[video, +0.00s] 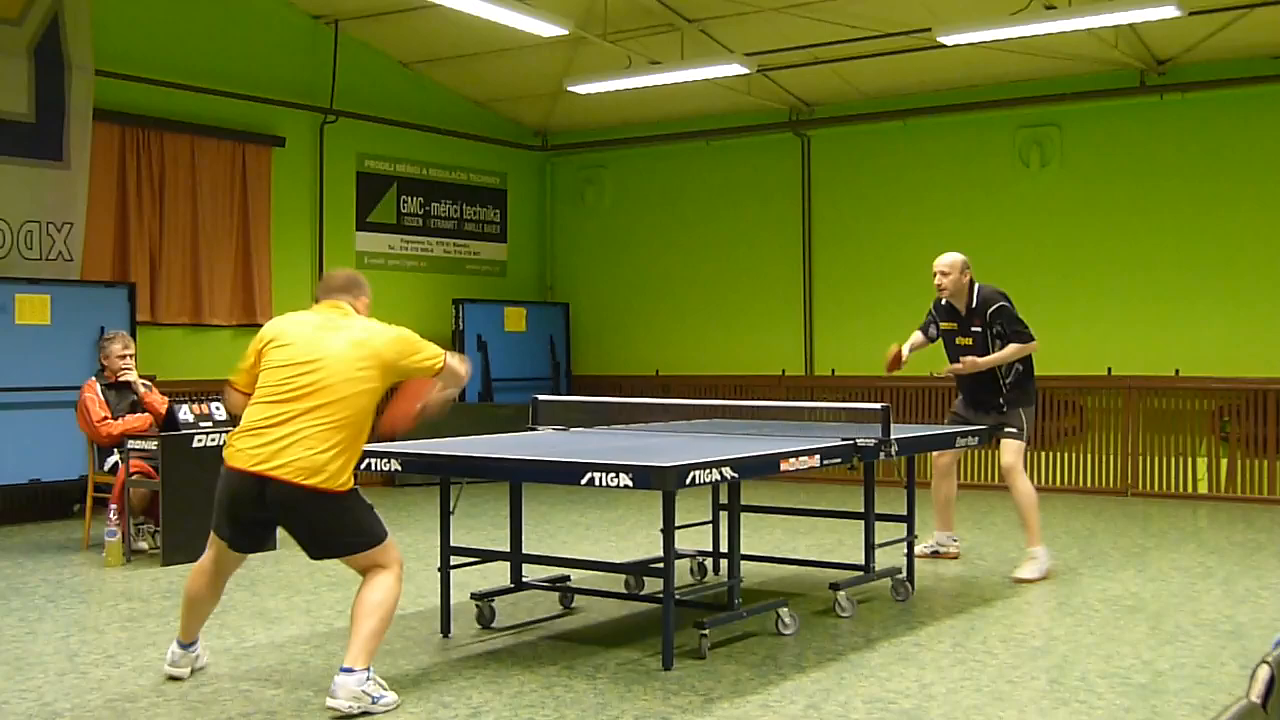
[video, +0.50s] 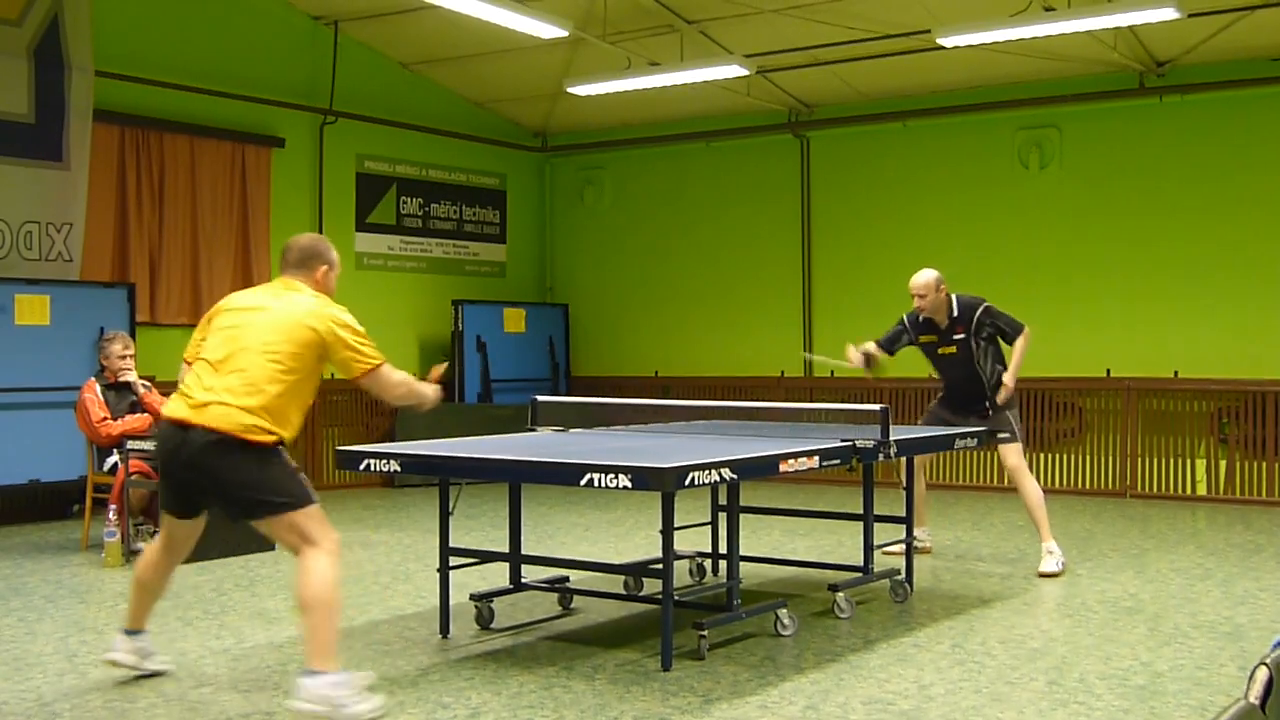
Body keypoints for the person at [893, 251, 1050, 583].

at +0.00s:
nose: (938, 281)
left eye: (944, 274)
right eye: (935, 275)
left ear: (966, 276)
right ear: (936, 279)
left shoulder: (993, 301)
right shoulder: (941, 306)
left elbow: (1027, 344)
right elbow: (928, 333)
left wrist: (981, 363)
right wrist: (906, 347)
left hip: (1012, 400)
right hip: (972, 399)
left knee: (1010, 466)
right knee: (942, 459)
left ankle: (1037, 553)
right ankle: (944, 539)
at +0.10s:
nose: (938, 281)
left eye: (945, 275)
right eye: (935, 276)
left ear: (965, 277)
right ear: (936, 279)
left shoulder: (992, 303)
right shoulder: (940, 308)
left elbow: (1026, 344)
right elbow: (926, 337)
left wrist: (982, 368)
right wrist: (904, 354)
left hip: (1012, 398)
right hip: (971, 397)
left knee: (1017, 471)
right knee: (942, 459)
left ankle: (1054, 549)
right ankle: (941, 539)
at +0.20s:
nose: (937, 290)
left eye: (943, 284)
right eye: (934, 284)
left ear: (964, 283)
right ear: (935, 286)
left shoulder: (993, 307)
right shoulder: (939, 315)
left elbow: (1030, 347)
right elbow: (920, 349)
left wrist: (994, 381)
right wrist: (906, 375)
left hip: (1012, 402)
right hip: (970, 402)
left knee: (1024, 472)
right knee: (936, 457)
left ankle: (1055, 551)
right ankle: (935, 537)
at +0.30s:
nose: (933, 295)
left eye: (938, 289)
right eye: (930, 290)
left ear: (960, 286)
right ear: (931, 289)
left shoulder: (991, 308)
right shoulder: (935, 317)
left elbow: (1030, 347)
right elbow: (913, 348)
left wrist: (1007, 390)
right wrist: (909, 377)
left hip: (1010, 399)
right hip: (968, 399)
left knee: (1024, 470)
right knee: (928, 456)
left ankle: (1055, 551)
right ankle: (929, 536)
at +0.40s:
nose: (922, 300)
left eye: (927, 294)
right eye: (919, 294)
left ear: (949, 289)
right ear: (918, 293)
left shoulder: (982, 309)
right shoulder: (922, 319)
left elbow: (1028, 338)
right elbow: (885, 349)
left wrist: (1016, 381)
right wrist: (886, 375)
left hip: (998, 400)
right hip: (958, 400)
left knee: (1018, 469)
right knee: (920, 459)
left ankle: (1054, 550)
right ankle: (921, 536)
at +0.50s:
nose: (917, 303)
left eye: (922, 296)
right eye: (913, 297)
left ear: (942, 292)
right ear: (912, 295)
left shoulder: (974, 309)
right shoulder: (914, 322)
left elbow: (1020, 333)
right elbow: (882, 348)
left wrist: (1010, 378)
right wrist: (863, 351)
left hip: (993, 401)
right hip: (951, 402)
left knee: (1014, 464)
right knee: (912, 458)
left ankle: (1049, 547)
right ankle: (919, 535)